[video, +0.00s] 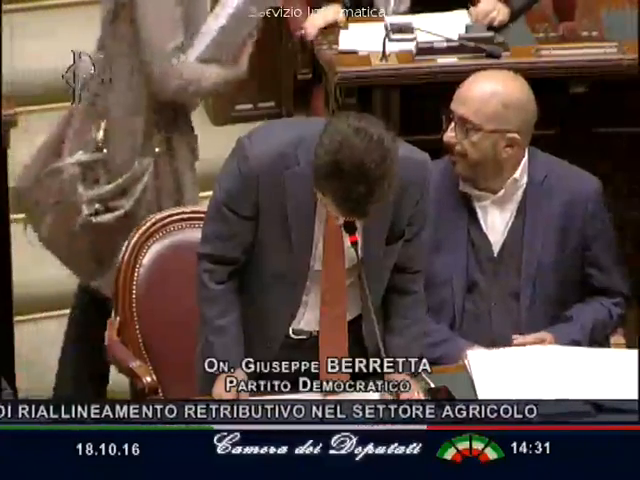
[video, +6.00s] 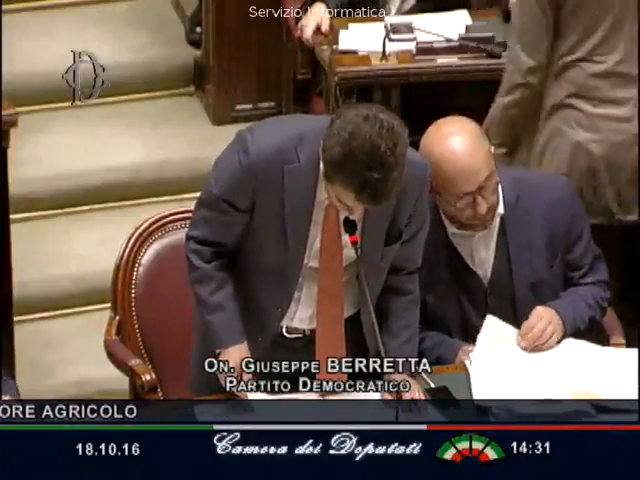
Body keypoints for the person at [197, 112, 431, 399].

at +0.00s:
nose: (343, 219)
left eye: (356, 215)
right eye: (336, 210)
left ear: (389, 178)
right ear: (317, 180)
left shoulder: (413, 173)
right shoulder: (258, 161)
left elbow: (408, 279)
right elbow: (217, 265)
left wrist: (403, 368)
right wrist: (227, 367)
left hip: (359, 336)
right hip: (272, 340)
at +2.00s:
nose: (349, 216)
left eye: (361, 208)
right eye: (339, 204)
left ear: (389, 176)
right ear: (320, 170)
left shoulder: (408, 177)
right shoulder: (253, 160)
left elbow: (402, 279)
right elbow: (207, 255)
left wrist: (402, 366)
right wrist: (231, 349)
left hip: (350, 334)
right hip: (266, 338)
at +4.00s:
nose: (354, 213)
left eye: (365, 206)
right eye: (344, 203)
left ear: (389, 174)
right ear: (323, 167)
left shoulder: (408, 176)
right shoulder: (253, 157)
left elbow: (401, 276)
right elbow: (204, 250)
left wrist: (401, 366)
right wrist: (232, 342)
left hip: (347, 333)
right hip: (261, 338)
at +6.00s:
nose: (354, 214)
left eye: (366, 205)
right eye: (344, 202)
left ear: (395, 176)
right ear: (324, 162)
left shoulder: (411, 178)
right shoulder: (257, 158)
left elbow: (404, 276)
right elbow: (205, 246)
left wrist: (401, 367)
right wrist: (230, 342)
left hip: (351, 335)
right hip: (263, 339)